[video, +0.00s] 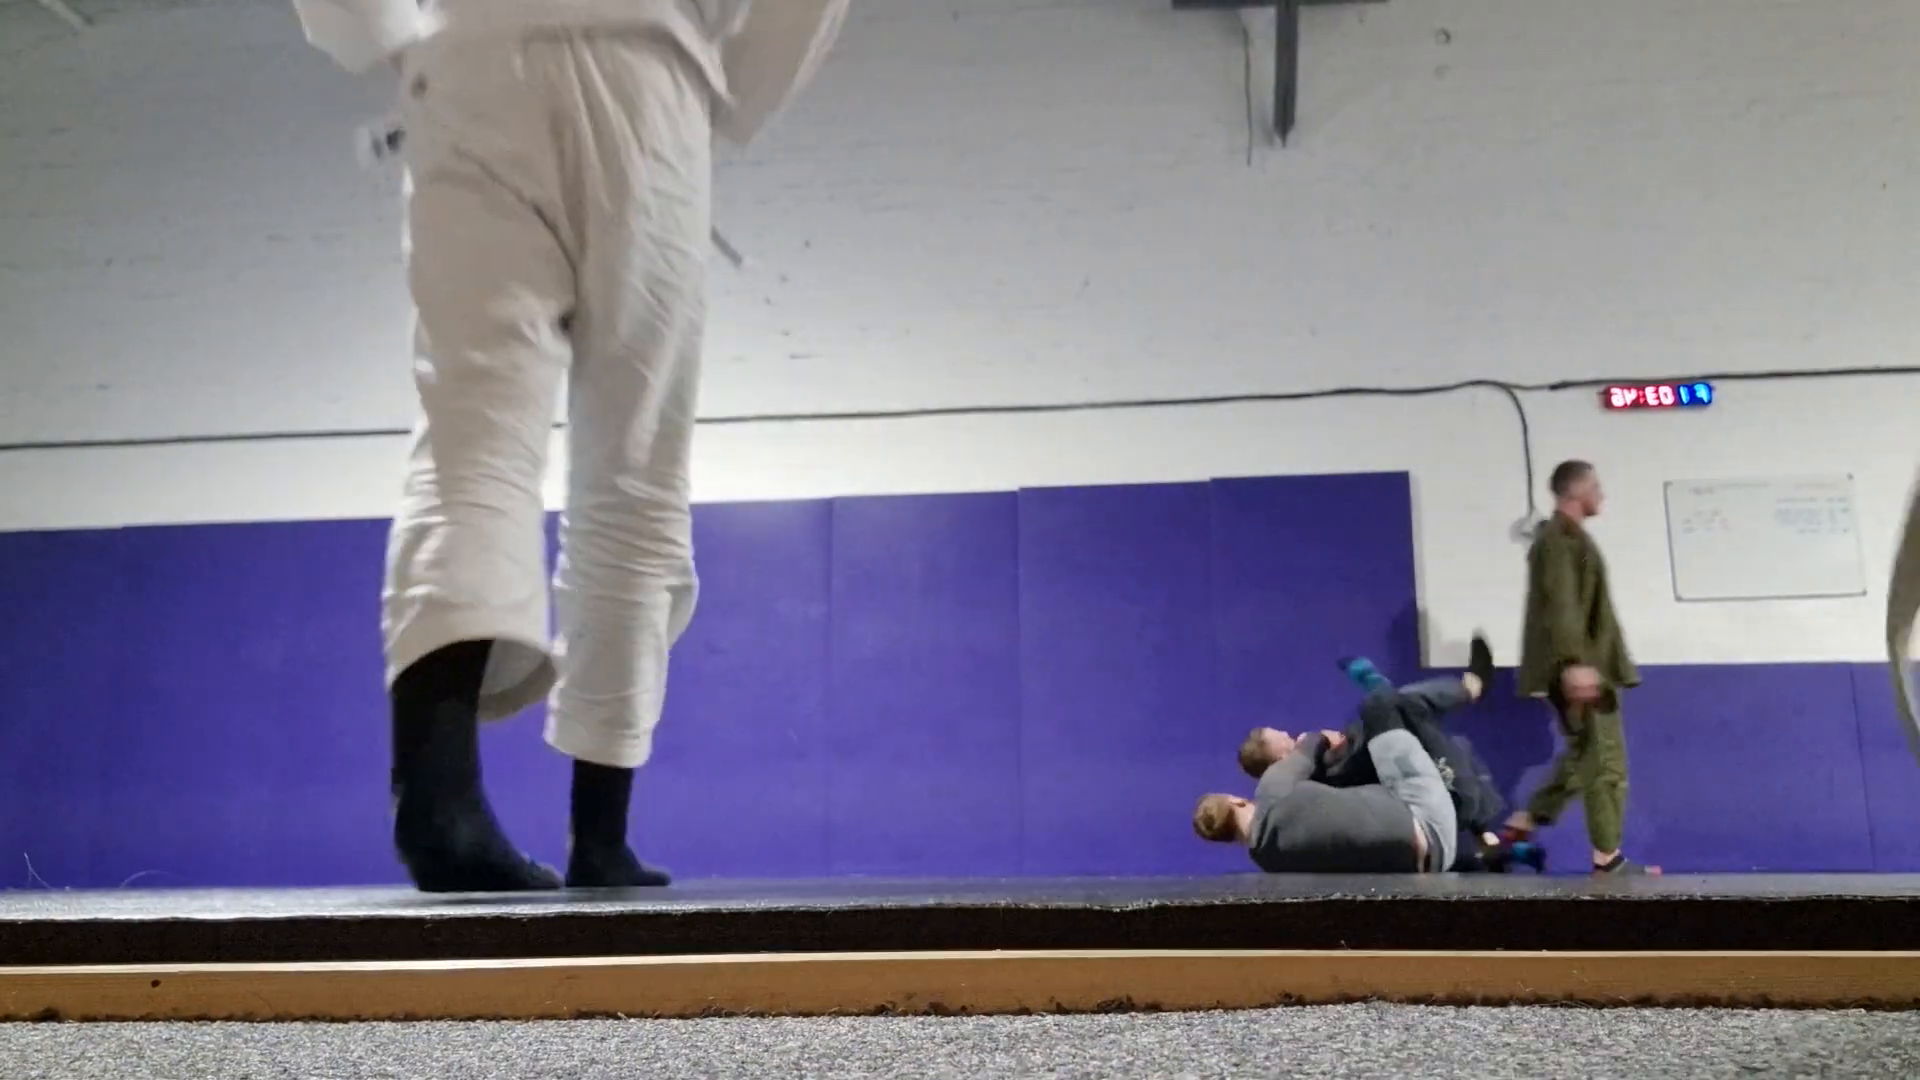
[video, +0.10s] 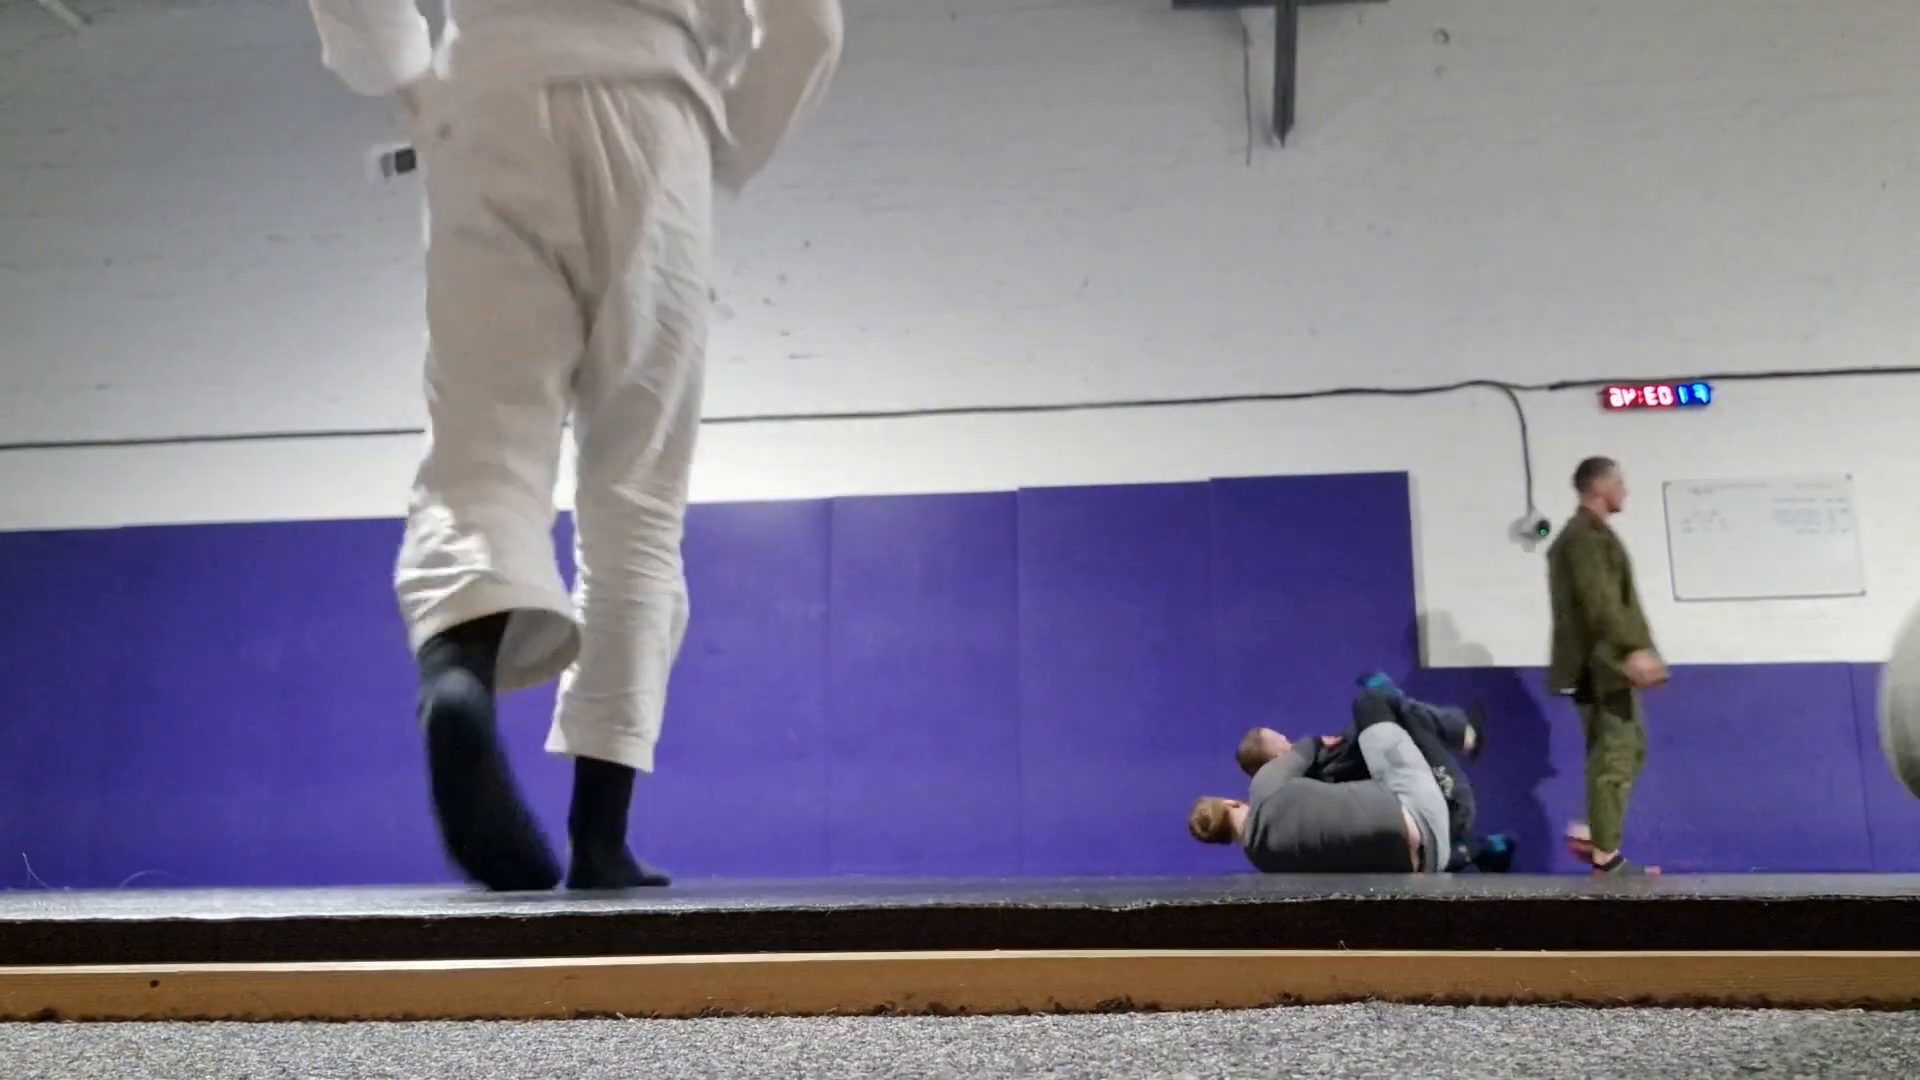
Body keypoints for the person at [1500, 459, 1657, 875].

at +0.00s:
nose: (1600, 494)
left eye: (1597, 486)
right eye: (1593, 486)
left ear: (1571, 492)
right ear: (1574, 492)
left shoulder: (1571, 537)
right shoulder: (1558, 540)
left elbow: (1574, 607)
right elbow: (1563, 606)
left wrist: (1605, 663)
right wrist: (1574, 662)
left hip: (1577, 669)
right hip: (1582, 670)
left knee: (1588, 754)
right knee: (1605, 760)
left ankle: (1525, 823)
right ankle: (1607, 858)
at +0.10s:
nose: (1623, 489)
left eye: (1621, 482)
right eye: (1617, 482)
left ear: (1592, 488)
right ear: (1596, 487)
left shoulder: (1585, 535)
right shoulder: (1586, 538)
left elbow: (1593, 607)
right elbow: (1601, 604)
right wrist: (1634, 651)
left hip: (1596, 664)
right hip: (1600, 665)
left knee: (1622, 747)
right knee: (1615, 750)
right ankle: (1606, 855)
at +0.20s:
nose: (1646, 489)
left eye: (1644, 481)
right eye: (1640, 481)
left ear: (1612, 488)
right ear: (1620, 486)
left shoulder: (1616, 534)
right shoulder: (1608, 533)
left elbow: (1631, 604)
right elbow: (1638, 596)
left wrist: (1675, 646)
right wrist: (1685, 634)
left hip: (1630, 666)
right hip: (1616, 667)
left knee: (1662, 751)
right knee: (1619, 758)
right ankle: (1605, 860)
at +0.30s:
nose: (1670, 491)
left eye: (1668, 484)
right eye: (1663, 484)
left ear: (1639, 492)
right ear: (1641, 490)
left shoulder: (1636, 536)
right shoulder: (1633, 537)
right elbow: (1667, 596)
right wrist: (1726, 627)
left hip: (1654, 670)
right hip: (1642, 671)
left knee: (1685, 760)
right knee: (1631, 762)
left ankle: (1733, 848)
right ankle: (1605, 856)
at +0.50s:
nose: (1718, 489)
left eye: (1715, 482)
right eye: (1710, 482)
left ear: (1688, 492)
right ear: (1689, 490)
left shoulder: (1689, 537)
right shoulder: (1683, 539)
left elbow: (1698, 608)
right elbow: (1713, 601)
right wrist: (1763, 641)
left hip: (1706, 669)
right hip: (1693, 671)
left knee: (1737, 755)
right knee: (1712, 752)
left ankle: (1750, 855)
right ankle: (1641, 826)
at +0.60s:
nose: (1741, 487)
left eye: (1738, 479)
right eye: (1733, 480)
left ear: (1710, 490)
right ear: (1712, 487)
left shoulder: (1700, 535)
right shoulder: (1712, 535)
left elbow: (1714, 604)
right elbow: (1730, 599)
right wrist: (1759, 649)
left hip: (1711, 666)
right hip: (1728, 664)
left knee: (1745, 752)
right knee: (1768, 740)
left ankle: (1750, 854)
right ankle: (1701, 814)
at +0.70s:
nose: (1767, 484)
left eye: (1764, 477)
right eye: (1759, 477)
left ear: (1736, 486)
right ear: (1738, 484)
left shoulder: (1726, 531)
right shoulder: (1736, 531)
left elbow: (1731, 603)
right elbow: (1741, 599)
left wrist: (1747, 658)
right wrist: (1756, 654)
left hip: (1735, 667)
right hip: (1761, 664)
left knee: (1752, 756)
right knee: (1807, 742)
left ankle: (1751, 853)